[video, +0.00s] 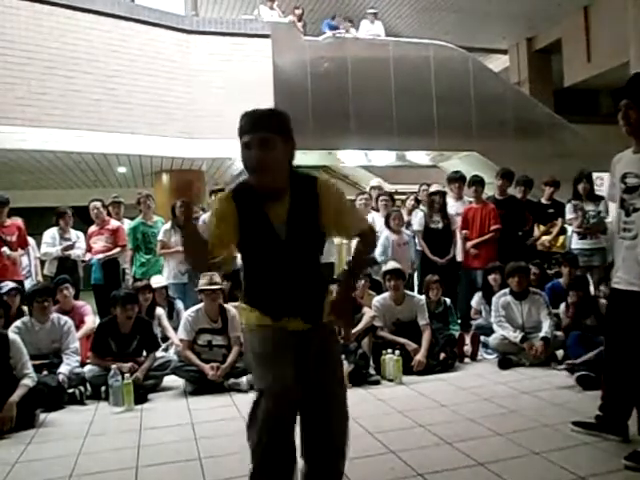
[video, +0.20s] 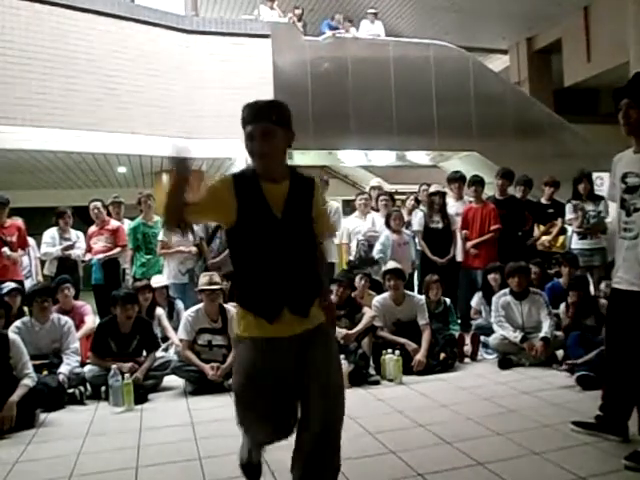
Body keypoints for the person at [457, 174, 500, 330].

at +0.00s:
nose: (474, 190)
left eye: (477, 187)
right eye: (472, 187)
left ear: (482, 189)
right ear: (468, 189)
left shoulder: (490, 208)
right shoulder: (467, 210)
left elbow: (495, 230)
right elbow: (462, 230)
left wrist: (473, 243)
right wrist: (464, 234)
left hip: (485, 258)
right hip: (469, 258)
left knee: (483, 292)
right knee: (467, 293)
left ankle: (485, 320)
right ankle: (466, 322)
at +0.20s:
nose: (473, 190)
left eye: (476, 187)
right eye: (471, 187)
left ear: (482, 189)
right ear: (468, 189)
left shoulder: (490, 208)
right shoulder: (468, 209)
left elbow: (495, 230)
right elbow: (463, 229)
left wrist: (473, 242)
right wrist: (464, 234)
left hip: (485, 259)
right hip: (469, 258)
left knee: (484, 294)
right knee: (466, 295)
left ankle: (486, 323)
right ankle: (465, 325)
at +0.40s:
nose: (473, 190)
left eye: (476, 187)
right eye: (471, 187)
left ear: (482, 189)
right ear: (468, 189)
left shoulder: (490, 208)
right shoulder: (467, 210)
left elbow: (495, 231)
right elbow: (463, 229)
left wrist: (473, 242)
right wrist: (464, 234)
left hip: (485, 259)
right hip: (469, 259)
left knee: (485, 294)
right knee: (466, 295)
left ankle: (486, 322)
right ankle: (466, 325)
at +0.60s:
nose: (474, 190)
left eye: (477, 187)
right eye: (471, 187)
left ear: (482, 189)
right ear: (468, 189)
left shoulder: (490, 208)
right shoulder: (468, 209)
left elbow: (496, 230)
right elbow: (463, 229)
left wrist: (475, 239)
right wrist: (465, 235)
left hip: (485, 259)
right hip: (469, 259)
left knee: (485, 294)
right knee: (467, 294)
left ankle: (487, 322)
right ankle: (466, 325)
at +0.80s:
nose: (474, 190)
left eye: (477, 187)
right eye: (472, 187)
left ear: (483, 189)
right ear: (468, 189)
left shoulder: (490, 208)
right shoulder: (468, 210)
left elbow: (494, 229)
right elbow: (463, 228)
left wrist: (473, 233)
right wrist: (468, 234)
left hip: (485, 259)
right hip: (469, 258)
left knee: (485, 295)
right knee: (466, 295)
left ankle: (486, 324)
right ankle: (465, 326)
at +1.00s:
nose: (475, 190)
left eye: (478, 187)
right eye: (472, 187)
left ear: (483, 189)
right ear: (469, 189)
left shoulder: (490, 207)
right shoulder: (468, 210)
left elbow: (491, 226)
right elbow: (462, 230)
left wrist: (470, 231)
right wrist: (475, 228)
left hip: (486, 259)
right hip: (470, 259)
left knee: (486, 296)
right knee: (466, 296)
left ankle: (487, 325)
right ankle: (465, 328)